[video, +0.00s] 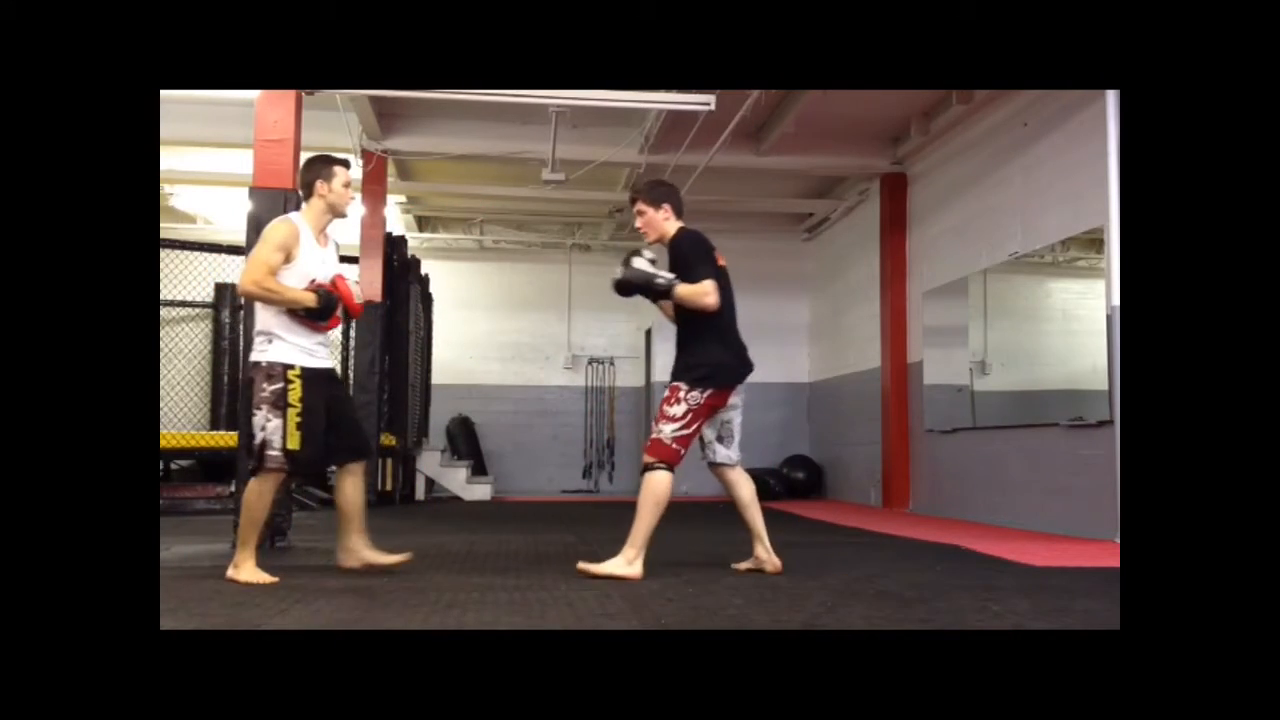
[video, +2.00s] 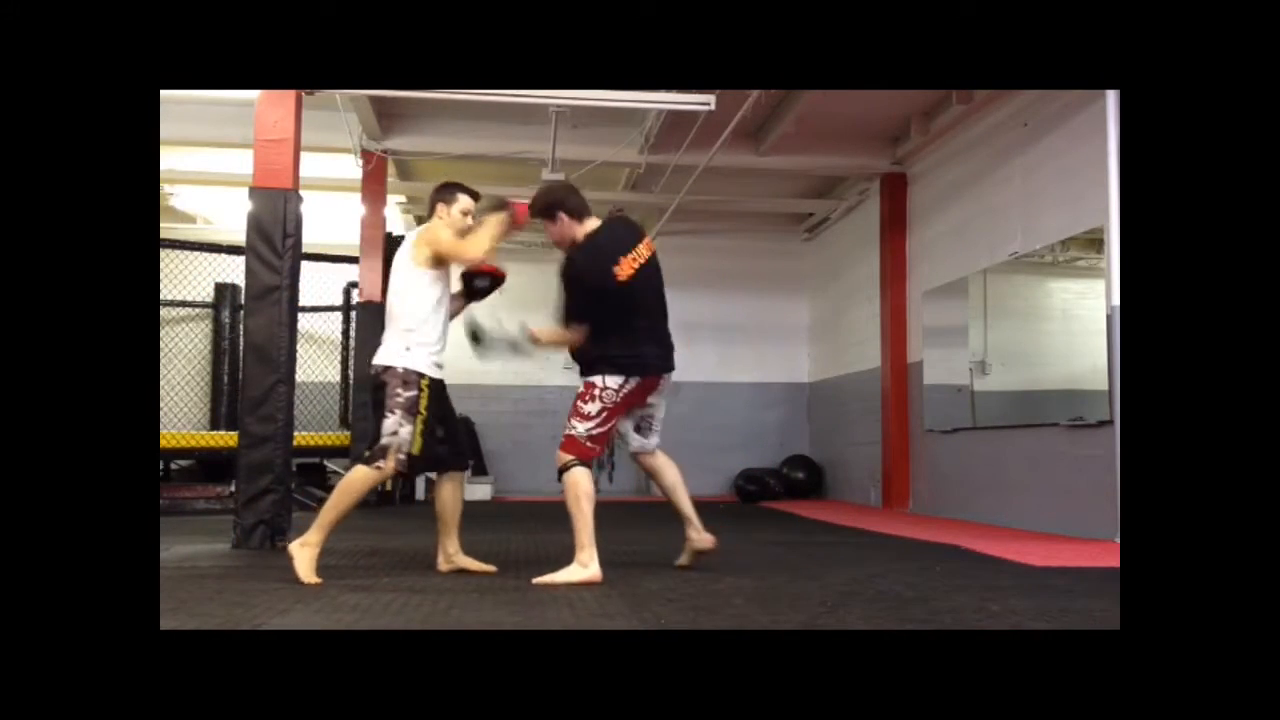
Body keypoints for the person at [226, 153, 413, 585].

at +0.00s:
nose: (352, 195)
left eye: (351, 187)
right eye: (345, 186)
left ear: (325, 191)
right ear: (319, 188)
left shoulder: (327, 243)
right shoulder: (285, 228)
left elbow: (319, 290)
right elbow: (250, 282)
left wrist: (343, 298)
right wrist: (308, 299)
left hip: (319, 366)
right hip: (279, 363)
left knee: (353, 454)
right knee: (274, 464)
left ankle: (353, 546)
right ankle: (243, 561)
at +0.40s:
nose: (414, 208)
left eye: (414, 200)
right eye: (408, 199)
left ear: (391, 202)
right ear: (382, 200)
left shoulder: (389, 255)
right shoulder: (345, 236)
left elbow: (377, 302)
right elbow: (304, 282)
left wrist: (395, 308)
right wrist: (364, 304)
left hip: (367, 366)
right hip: (328, 361)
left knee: (390, 458)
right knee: (327, 456)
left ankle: (392, 554)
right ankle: (264, 547)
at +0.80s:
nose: (415, 204)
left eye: (415, 196)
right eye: (410, 196)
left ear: (392, 198)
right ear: (385, 196)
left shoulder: (392, 248)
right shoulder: (349, 232)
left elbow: (394, 299)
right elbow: (339, 278)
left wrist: (425, 285)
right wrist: (391, 269)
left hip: (374, 366)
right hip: (336, 363)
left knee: (393, 462)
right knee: (326, 465)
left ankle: (393, 554)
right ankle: (287, 561)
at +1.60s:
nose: (443, 204)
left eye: (442, 197)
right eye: (436, 196)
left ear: (419, 200)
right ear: (412, 198)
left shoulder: (421, 246)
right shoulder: (384, 237)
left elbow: (445, 290)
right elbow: (406, 280)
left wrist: (469, 265)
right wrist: (436, 236)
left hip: (418, 370)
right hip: (386, 367)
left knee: (449, 459)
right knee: (375, 462)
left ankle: (450, 551)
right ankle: (298, 545)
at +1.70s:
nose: (459, 209)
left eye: (458, 201)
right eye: (452, 200)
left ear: (426, 204)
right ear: (428, 202)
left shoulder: (414, 240)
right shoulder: (422, 233)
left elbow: (428, 300)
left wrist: (465, 277)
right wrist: (482, 223)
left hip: (415, 365)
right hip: (403, 364)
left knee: (442, 460)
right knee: (386, 460)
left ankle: (449, 551)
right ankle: (303, 540)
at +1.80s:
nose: (466, 222)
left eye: (468, 215)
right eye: (462, 213)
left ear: (430, 212)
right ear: (439, 208)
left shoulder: (398, 249)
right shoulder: (438, 232)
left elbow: (406, 297)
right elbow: (502, 233)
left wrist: (449, 291)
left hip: (411, 369)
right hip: (407, 370)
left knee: (447, 462)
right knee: (389, 463)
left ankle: (449, 552)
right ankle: (305, 542)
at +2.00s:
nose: (470, 222)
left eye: (472, 216)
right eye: (465, 213)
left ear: (451, 214)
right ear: (441, 207)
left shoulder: (428, 247)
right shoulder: (433, 231)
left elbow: (432, 316)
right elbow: (473, 252)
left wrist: (468, 295)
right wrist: (497, 221)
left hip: (423, 367)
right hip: (406, 365)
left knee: (452, 458)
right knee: (388, 459)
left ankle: (450, 552)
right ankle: (308, 543)